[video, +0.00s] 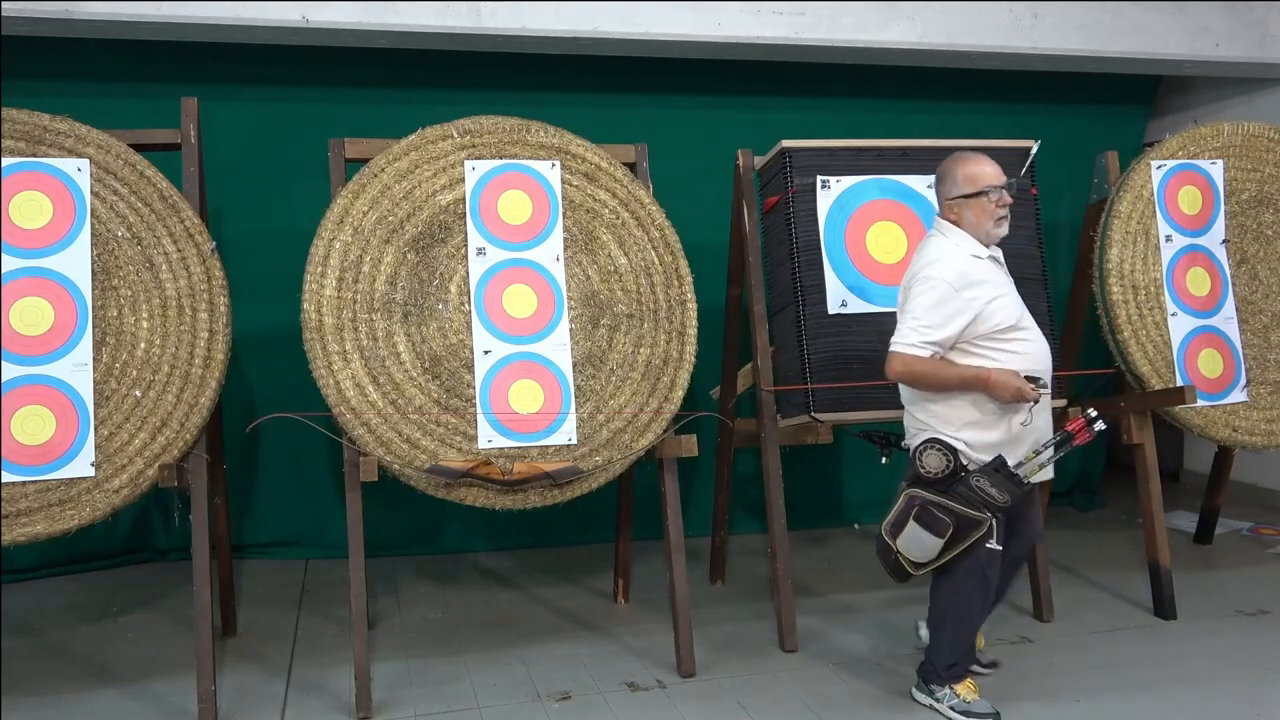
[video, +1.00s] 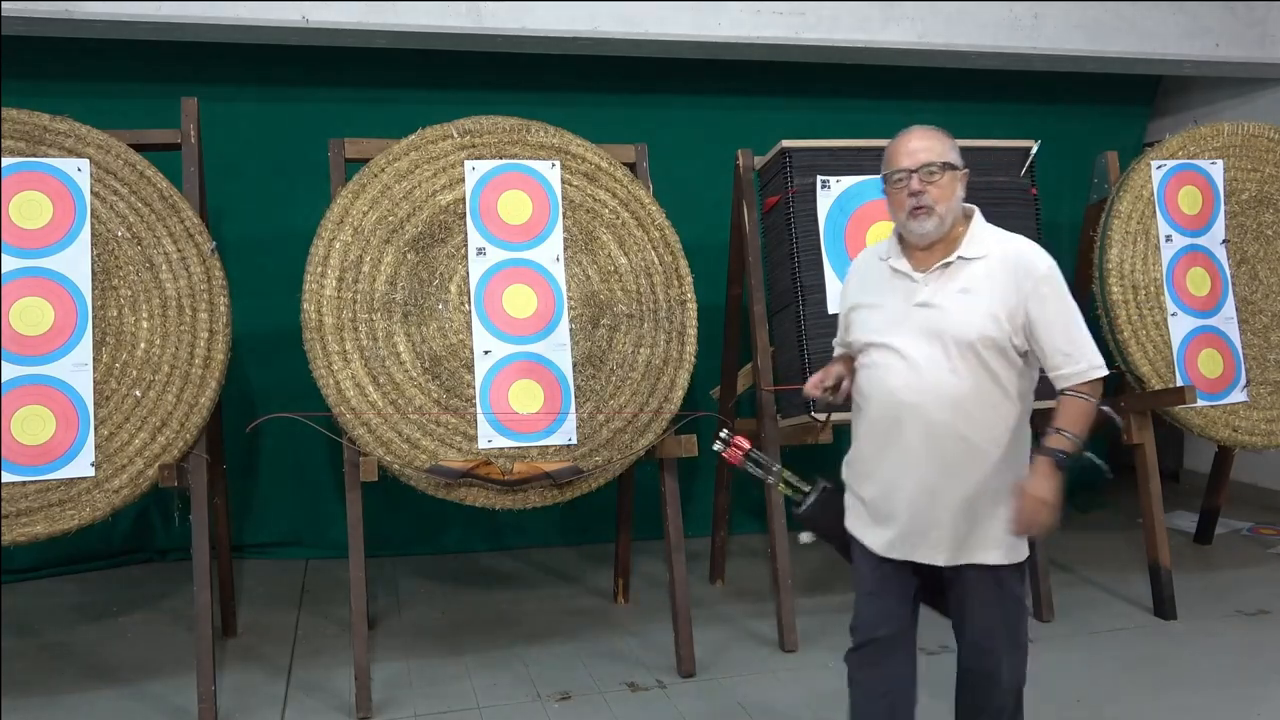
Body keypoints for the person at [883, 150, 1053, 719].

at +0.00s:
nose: (1006, 201)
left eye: (1006, 191)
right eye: (993, 194)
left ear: (973, 204)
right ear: (956, 205)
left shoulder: (972, 252)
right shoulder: (941, 265)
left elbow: (947, 344)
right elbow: (901, 363)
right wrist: (987, 378)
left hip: (1003, 442)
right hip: (969, 452)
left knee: (1017, 541)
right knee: (968, 563)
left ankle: (949, 628)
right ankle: (942, 675)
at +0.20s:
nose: (983, 201)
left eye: (988, 189)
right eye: (966, 195)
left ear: (995, 193)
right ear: (936, 208)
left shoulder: (996, 257)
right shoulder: (916, 276)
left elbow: (1001, 340)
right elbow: (886, 378)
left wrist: (1049, 386)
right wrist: (968, 377)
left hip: (1020, 449)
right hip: (953, 459)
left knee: (1049, 557)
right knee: (961, 568)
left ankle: (1019, 669)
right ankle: (942, 676)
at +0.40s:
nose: (967, 205)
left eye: (976, 191)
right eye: (949, 198)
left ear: (991, 196)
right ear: (928, 211)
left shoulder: (1025, 258)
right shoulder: (903, 280)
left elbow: (1044, 351)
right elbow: (879, 383)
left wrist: (1056, 421)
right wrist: (937, 353)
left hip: (1020, 464)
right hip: (940, 470)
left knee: (1028, 591)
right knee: (947, 583)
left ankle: (1030, 709)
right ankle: (946, 675)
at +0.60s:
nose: (967, 201)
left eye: (980, 188)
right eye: (951, 192)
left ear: (1002, 197)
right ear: (934, 205)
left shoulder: (1047, 277)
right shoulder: (899, 275)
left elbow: (1076, 377)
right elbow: (856, 376)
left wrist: (1081, 459)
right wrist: (895, 355)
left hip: (1011, 485)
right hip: (923, 482)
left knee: (1010, 624)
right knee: (937, 593)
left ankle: (995, 712)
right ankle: (951, 669)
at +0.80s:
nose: (953, 185)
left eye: (969, 172)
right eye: (939, 175)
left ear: (996, 183)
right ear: (923, 187)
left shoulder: (1045, 269)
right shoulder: (888, 265)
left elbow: (1084, 385)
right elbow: (845, 354)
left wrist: (1097, 478)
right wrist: (861, 360)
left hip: (997, 498)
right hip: (905, 492)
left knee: (1002, 646)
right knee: (914, 620)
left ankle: (994, 715)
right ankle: (956, 694)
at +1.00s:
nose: (915, 188)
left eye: (931, 173)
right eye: (899, 178)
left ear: (961, 182)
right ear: (886, 195)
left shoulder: (1020, 264)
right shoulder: (867, 269)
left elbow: (1083, 378)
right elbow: (850, 353)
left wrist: (1049, 465)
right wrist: (838, 373)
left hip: (984, 524)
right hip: (881, 520)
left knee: (993, 683)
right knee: (875, 671)